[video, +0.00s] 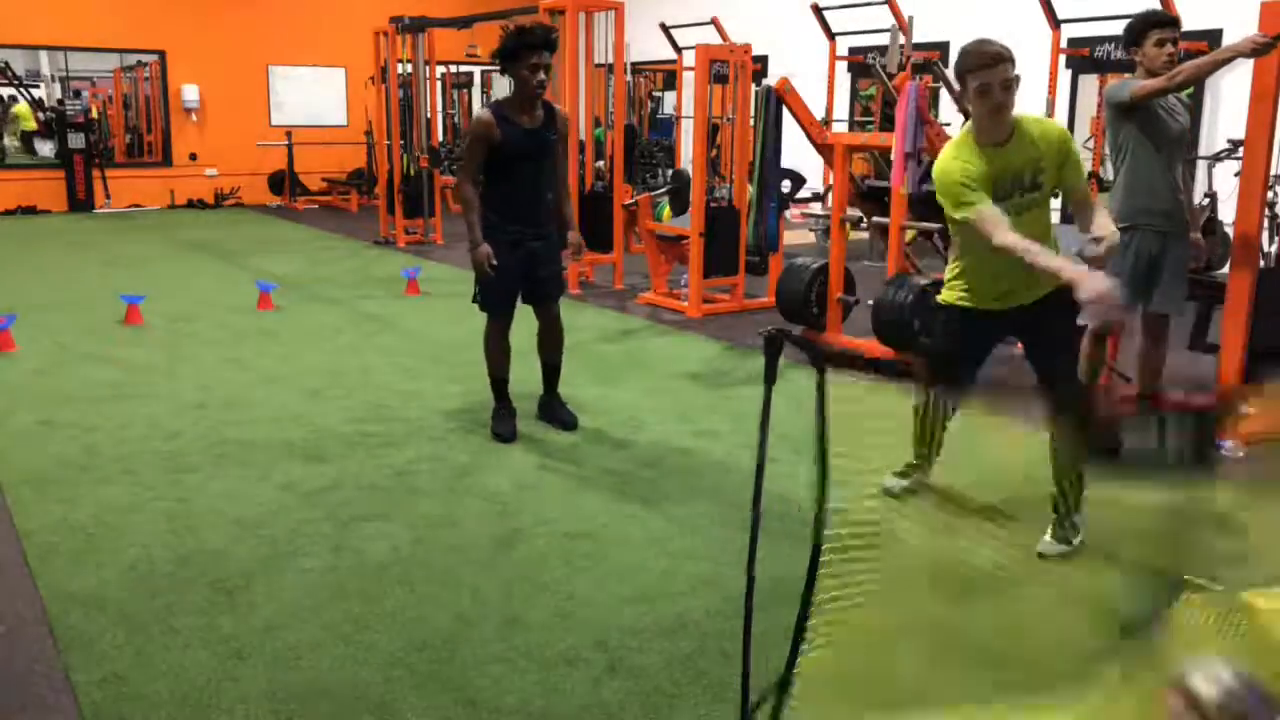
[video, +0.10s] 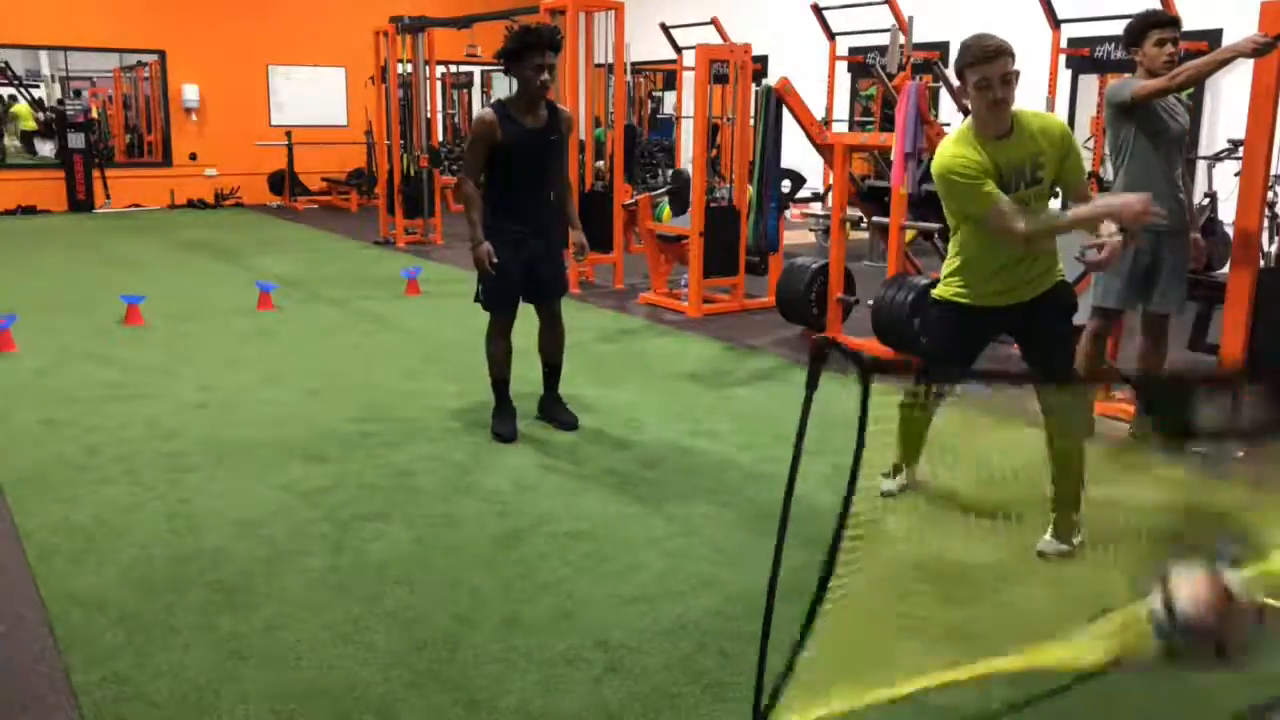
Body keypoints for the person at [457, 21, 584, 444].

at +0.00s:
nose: (540, 78)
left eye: (545, 69)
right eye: (531, 69)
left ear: (551, 72)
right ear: (509, 70)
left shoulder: (556, 121)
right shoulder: (487, 123)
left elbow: (560, 181)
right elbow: (467, 182)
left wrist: (570, 227)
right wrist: (476, 242)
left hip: (544, 240)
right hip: (500, 242)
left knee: (550, 318)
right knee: (498, 325)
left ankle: (551, 398)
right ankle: (502, 406)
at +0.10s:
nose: (545, 77)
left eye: (549, 69)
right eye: (536, 69)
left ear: (554, 71)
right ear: (513, 71)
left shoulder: (560, 121)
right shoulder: (490, 123)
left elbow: (561, 180)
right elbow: (467, 182)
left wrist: (575, 225)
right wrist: (478, 240)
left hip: (547, 239)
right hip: (503, 241)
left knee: (552, 317)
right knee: (501, 325)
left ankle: (551, 398)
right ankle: (503, 406)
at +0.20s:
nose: (549, 78)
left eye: (553, 69)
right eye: (540, 69)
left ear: (558, 72)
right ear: (516, 72)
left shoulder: (563, 121)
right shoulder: (492, 124)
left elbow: (565, 180)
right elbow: (469, 181)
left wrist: (580, 225)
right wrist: (479, 239)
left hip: (549, 238)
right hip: (506, 240)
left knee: (553, 316)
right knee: (503, 323)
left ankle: (552, 398)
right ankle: (503, 405)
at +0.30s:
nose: (551, 77)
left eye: (555, 69)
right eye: (541, 69)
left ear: (561, 72)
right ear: (519, 73)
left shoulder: (565, 121)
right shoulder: (497, 126)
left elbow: (566, 181)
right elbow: (475, 184)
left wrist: (585, 222)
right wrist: (481, 240)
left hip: (552, 236)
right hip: (509, 239)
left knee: (556, 315)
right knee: (506, 322)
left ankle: (552, 398)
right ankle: (504, 405)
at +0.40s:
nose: (556, 79)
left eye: (560, 71)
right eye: (546, 71)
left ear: (565, 76)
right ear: (522, 77)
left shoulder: (567, 125)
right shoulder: (501, 130)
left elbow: (571, 174)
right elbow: (477, 185)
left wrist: (592, 210)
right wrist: (483, 242)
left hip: (555, 238)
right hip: (513, 242)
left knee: (569, 312)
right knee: (511, 320)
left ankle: (558, 391)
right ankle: (505, 403)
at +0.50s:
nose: (564, 84)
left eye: (567, 77)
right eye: (554, 77)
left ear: (572, 84)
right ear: (531, 86)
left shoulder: (574, 136)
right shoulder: (508, 139)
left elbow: (590, 174)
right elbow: (479, 186)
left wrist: (609, 183)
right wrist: (483, 238)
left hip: (555, 238)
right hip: (513, 241)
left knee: (577, 310)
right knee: (519, 314)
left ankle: (571, 389)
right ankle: (509, 400)